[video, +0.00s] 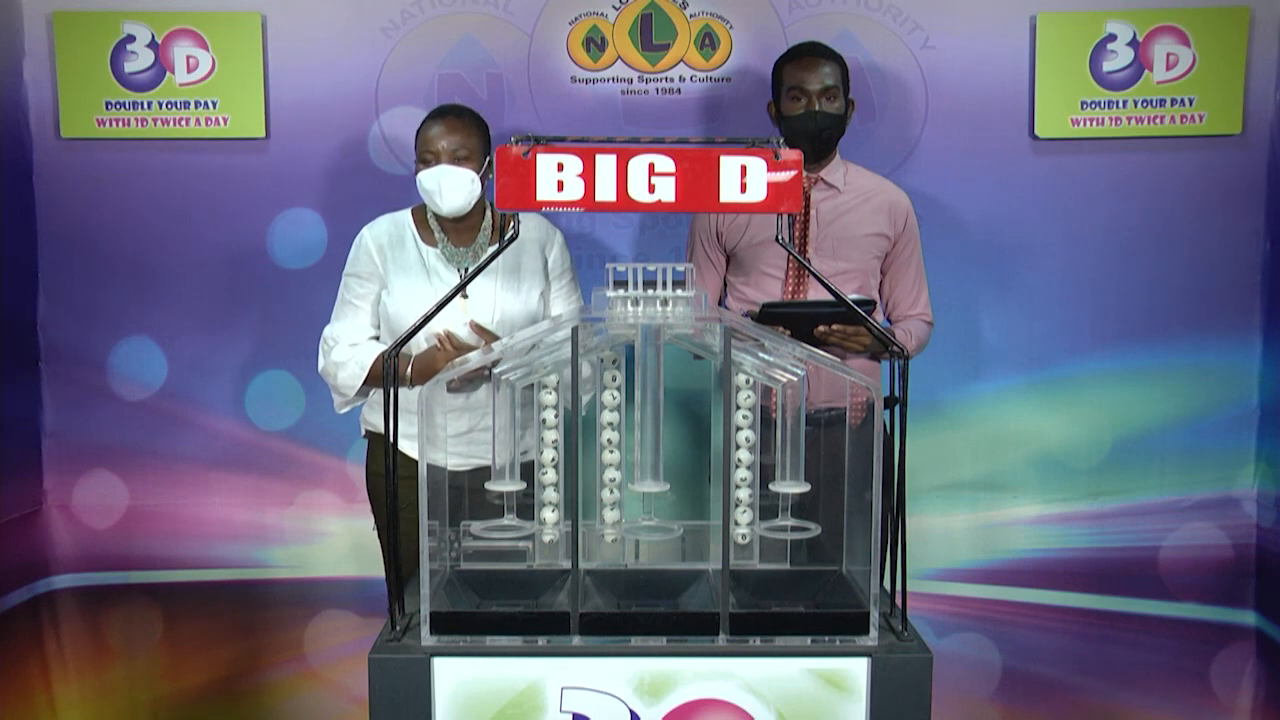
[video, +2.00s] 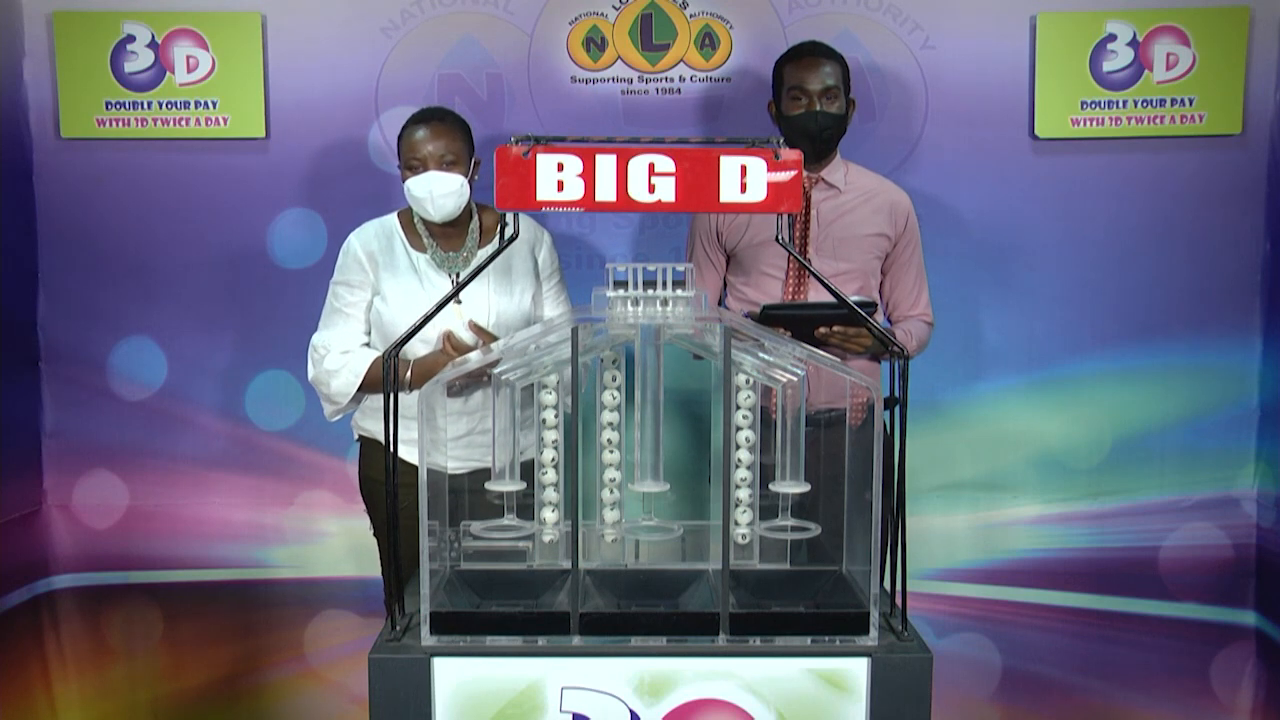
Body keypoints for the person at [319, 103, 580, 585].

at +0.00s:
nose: (445, 175)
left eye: (460, 160)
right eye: (431, 161)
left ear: (486, 163)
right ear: (417, 166)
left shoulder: (538, 239)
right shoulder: (379, 242)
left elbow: (574, 350)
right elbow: (339, 354)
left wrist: (505, 357)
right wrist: (412, 367)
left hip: (511, 463)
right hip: (407, 463)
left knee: (505, 619)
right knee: (417, 618)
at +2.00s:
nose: (435, 180)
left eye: (450, 164)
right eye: (419, 167)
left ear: (472, 166)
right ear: (402, 173)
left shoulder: (527, 240)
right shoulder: (368, 248)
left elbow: (562, 346)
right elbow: (330, 365)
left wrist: (505, 358)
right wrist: (417, 370)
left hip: (507, 462)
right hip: (404, 465)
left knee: (506, 619)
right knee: (416, 618)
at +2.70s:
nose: (441, 176)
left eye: (456, 160)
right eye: (427, 163)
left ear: (482, 166)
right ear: (413, 171)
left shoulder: (536, 242)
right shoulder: (378, 245)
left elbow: (569, 351)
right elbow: (337, 358)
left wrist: (499, 359)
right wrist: (424, 361)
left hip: (507, 462)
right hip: (404, 463)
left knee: (501, 618)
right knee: (415, 615)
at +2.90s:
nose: (444, 178)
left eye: (459, 161)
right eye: (430, 164)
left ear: (485, 166)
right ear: (417, 171)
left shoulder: (539, 243)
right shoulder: (381, 245)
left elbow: (569, 352)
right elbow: (339, 356)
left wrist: (497, 356)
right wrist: (419, 361)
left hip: (507, 461)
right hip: (405, 461)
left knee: (501, 615)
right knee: (416, 615)